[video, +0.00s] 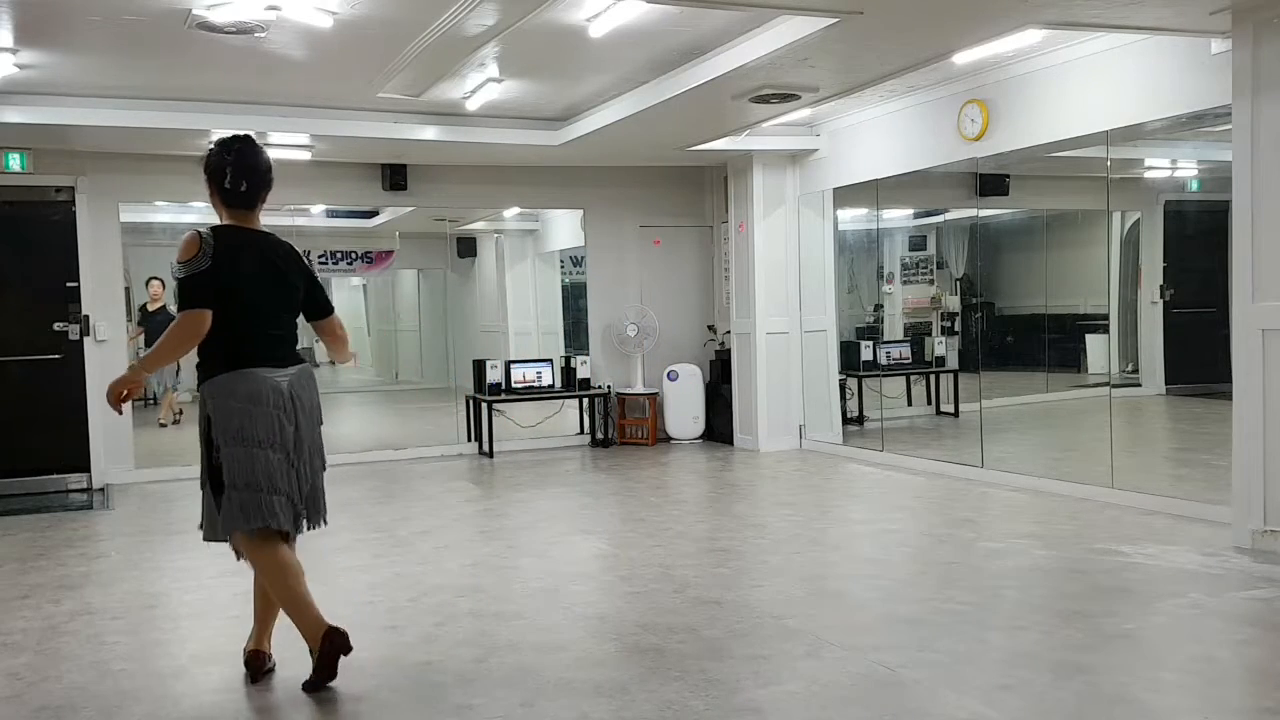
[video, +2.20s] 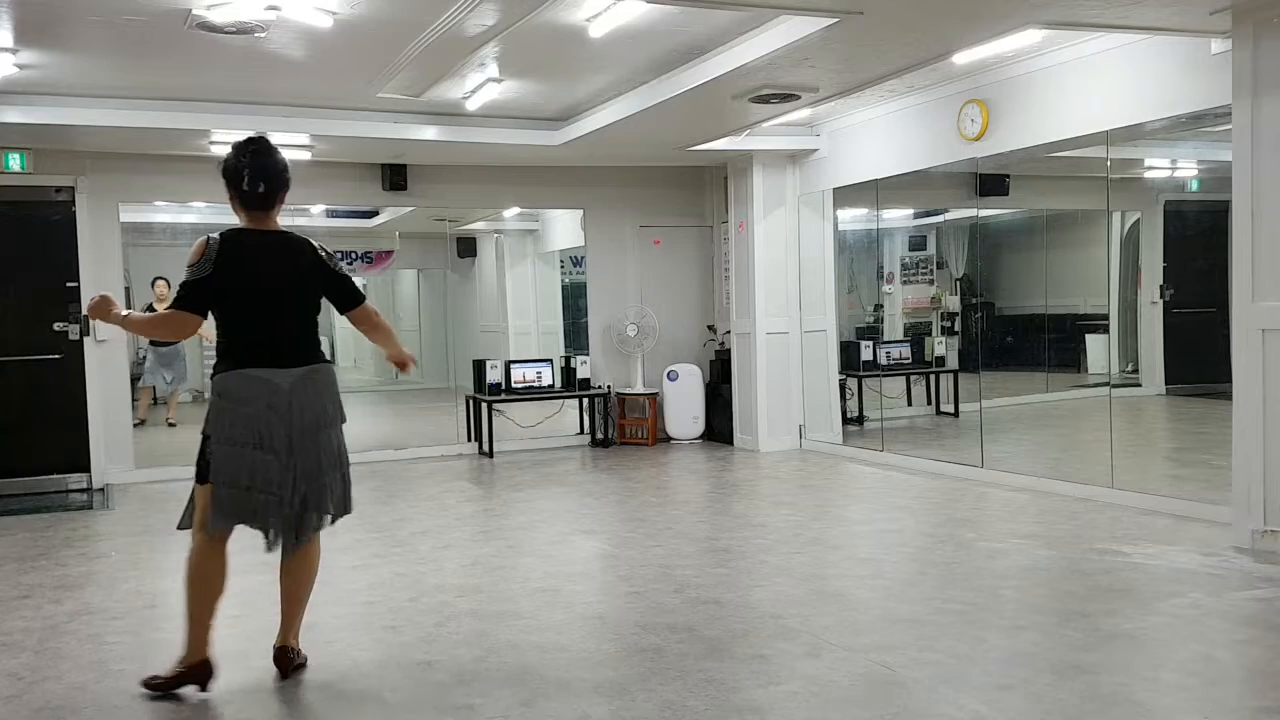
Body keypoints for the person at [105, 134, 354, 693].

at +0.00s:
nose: (206, 192)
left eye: (207, 184)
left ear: (212, 189)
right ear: (266, 190)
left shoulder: (204, 247)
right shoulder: (288, 254)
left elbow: (195, 322)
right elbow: (331, 328)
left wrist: (141, 372)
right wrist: (341, 348)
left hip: (237, 390)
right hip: (296, 385)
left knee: (251, 527)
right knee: (276, 523)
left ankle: (320, 634)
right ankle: (260, 646)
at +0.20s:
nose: (198, 194)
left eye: (196, 186)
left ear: (199, 194)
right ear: (255, 195)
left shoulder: (187, 251)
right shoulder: (276, 257)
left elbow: (168, 323)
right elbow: (319, 335)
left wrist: (111, 366)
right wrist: (307, 347)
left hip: (218, 398)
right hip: (285, 394)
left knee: (196, 527)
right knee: (275, 522)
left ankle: (246, 636)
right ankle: (259, 643)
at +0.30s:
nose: (193, 194)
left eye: (191, 187)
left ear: (193, 193)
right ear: (248, 195)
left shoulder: (178, 251)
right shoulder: (269, 255)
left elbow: (152, 321)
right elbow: (317, 334)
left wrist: (86, 360)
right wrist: (305, 350)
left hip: (205, 396)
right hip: (274, 394)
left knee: (179, 527)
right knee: (271, 521)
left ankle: (184, 656)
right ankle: (259, 647)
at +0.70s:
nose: (171, 192)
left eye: (149, 182)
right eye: (187, 183)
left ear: (140, 188)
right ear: (197, 191)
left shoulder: (113, 246)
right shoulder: (216, 253)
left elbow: (64, 320)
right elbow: (275, 321)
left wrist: (32, 300)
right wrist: (335, 353)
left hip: (137, 394)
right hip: (214, 392)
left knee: (137, 533)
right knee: (235, 522)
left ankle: (135, 671)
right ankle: (256, 647)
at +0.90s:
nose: (166, 194)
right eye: (170, 185)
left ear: (115, 190)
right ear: (171, 191)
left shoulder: (89, 250)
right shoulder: (190, 253)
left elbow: (63, 329)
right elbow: (247, 317)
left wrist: (86, 292)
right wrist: (329, 337)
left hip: (106, 395)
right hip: (184, 394)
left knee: (117, 532)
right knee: (195, 510)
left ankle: (133, 670)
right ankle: (210, 624)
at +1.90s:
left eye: (196, 186)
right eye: (236, 184)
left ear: (184, 191)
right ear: (239, 190)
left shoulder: (165, 250)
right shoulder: (266, 251)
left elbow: (131, 324)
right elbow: (333, 314)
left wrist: (81, 318)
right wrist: (362, 314)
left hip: (188, 396)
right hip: (262, 393)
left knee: (164, 523)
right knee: (277, 518)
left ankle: (136, 656)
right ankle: (286, 644)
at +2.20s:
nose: (230, 196)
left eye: (229, 188)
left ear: (230, 194)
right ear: (284, 193)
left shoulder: (217, 253)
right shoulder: (307, 252)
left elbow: (180, 324)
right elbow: (361, 312)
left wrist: (117, 317)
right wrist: (393, 347)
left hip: (239, 395)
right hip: (310, 394)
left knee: (211, 528)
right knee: (304, 522)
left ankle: (196, 655)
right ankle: (288, 645)